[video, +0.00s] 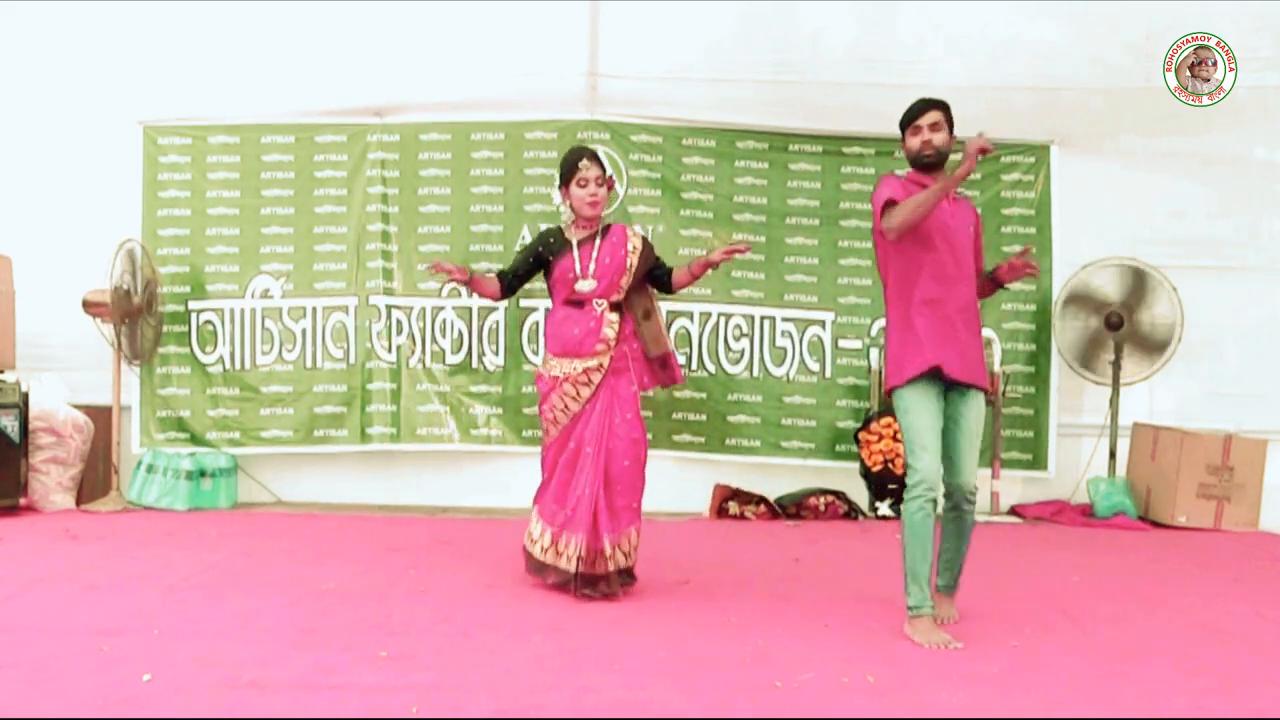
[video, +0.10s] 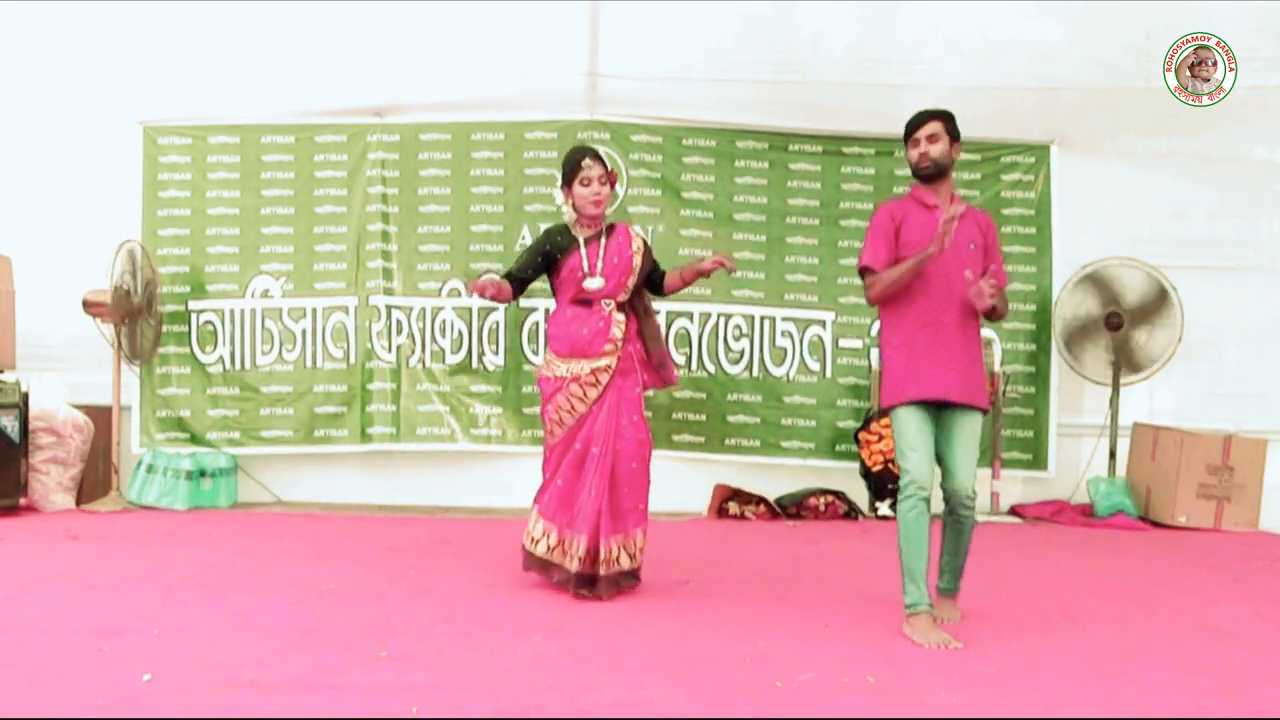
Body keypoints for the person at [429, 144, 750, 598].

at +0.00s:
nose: (593, 192)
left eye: (600, 183)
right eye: (582, 184)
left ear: (609, 189)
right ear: (565, 192)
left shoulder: (629, 241)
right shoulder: (551, 242)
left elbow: (667, 280)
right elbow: (502, 286)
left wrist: (707, 262)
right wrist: (467, 277)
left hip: (616, 367)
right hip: (565, 368)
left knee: (620, 459)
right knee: (570, 461)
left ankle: (609, 562)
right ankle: (572, 560)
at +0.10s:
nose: (597, 190)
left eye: (603, 182)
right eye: (585, 183)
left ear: (613, 188)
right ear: (567, 192)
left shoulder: (629, 239)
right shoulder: (555, 241)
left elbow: (659, 283)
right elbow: (514, 282)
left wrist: (699, 268)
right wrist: (497, 285)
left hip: (620, 368)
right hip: (569, 369)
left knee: (623, 459)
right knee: (575, 460)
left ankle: (614, 562)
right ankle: (579, 562)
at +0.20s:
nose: (605, 202)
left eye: (611, 193)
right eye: (593, 194)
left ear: (619, 198)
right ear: (575, 204)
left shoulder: (636, 256)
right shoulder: (568, 258)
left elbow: (642, 314)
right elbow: (543, 320)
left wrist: (669, 312)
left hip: (624, 381)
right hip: (575, 383)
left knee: (631, 465)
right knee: (583, 471)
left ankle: (610, 563)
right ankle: (548, 547)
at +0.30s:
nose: (612, 205)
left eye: (617, 196)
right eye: (600, 198)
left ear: (624, 200)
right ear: (580, 207)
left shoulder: (630, 254)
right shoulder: (577, 261)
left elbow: (641, 306)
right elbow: (587, 322)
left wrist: (657, 290)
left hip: (623, 385)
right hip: (580, 388)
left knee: (639, 467)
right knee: (605, 477)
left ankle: (615, 564)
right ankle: (556, 540)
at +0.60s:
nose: (646, 188)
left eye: (648, 179)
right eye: (635, 180)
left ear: (645, 183)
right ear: (608, 189)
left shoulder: (611, 234)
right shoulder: (622, 236)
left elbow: (626, 291)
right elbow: (637, 300)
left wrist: (672, 279)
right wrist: (684, 291)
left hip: (599, 367)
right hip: (616, 372)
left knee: (614, 471)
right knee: (645, 474)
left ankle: (584, 567)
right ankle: (612, 597)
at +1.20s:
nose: (644, 185)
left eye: (644, 176)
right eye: (634, 178)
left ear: (625, 184)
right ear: (608, 186)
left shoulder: (627, 239)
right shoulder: (604, 239)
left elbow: (627, 308)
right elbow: (625, 310)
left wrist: (668, 301)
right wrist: (685, 315)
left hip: (618, 370)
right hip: (598, 373)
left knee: (625, 469)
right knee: (637, 473)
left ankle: (588, 570)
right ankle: (614, 596)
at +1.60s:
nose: (604, 192)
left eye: (607, 184)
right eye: (593, 184)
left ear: (611, 190)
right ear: (568, 193)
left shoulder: (618, 249)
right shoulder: (551, 249)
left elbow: (633, 309)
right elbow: (519, 303)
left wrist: (668, 301)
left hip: (608, 374)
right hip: (559, 374)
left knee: (620, 465)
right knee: (566, 467)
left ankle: (629, 569)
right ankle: (564, 565)